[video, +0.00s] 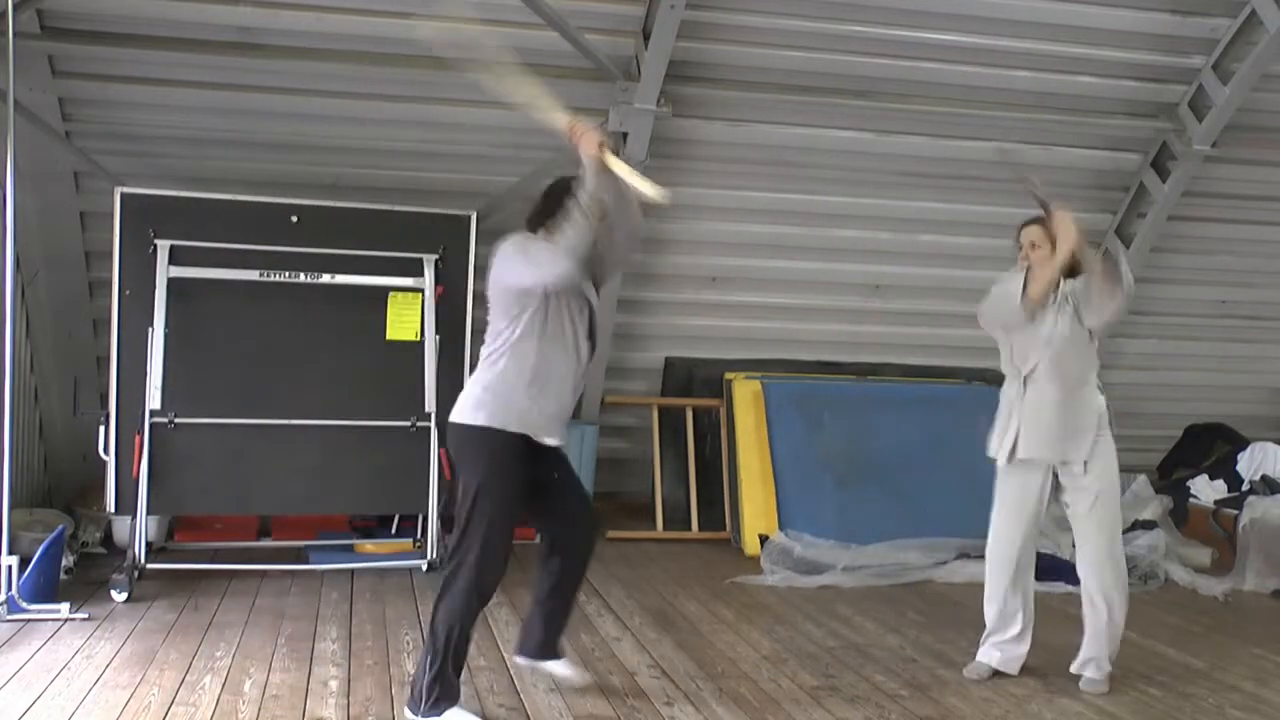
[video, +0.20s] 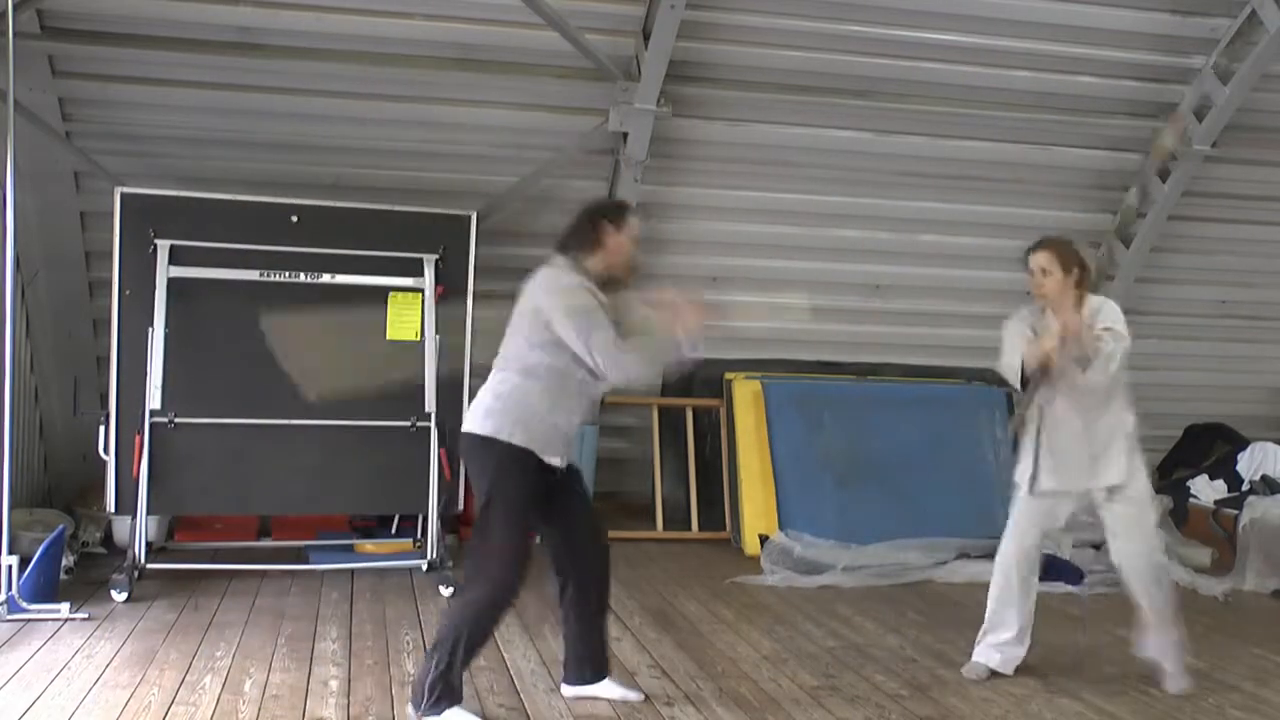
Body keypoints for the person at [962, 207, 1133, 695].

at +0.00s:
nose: (1030, 253)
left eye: (1039, 245)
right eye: (1024, 247)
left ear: (1063, 251)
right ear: (1017, 254)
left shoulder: (1082, 295)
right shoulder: (1006, 293)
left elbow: (1112, 299)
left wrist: (1086, 252)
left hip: (1085, 439)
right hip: (1022, 437)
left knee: (1099, 552)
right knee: (1005, 548)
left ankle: (1096, 661)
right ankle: (999, 651)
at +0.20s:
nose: (1035, 282)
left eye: (1044, 273)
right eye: (1031, 274)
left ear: (1073, 275)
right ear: (1030, 280)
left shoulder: (1105, 313)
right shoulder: (1023, 323)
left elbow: (1102, 373)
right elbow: (1012, 374)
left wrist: (1072, 341)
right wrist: (1045, 349)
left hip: (1112, 460)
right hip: (1048, 462)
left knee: (1142, 559)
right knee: (1015, 553)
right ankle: (995, 652)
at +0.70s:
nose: (1112, 306)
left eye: (1121, 297)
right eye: (1108, 299)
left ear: (1147, 298)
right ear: (1103, 303)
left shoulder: (1172, 320)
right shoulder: (1106, 341)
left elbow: (1144, 328)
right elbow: (1118, 397)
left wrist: (1091, 332)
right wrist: (1089, 353)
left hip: (1202, 465)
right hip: (1157, 474)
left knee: (1177, 561)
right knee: (1208, 557)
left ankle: (1181, 668)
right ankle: (1255, 633)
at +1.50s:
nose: (1041, 260)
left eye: (1048, 253)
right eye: (1042, 252)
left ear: (1073, 255)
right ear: (1080, 257)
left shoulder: (1053, 295)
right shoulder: (1100, 296)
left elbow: (991, 292)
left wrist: (1009, 254)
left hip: (1068, 429)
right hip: (1090, 426)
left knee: (1059, 540)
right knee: (1056, 534)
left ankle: (1077, 658)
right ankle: (1044, 633)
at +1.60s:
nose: (1019, 262)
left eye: (1027, 253)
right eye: (1020, 253)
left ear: (1052, 258)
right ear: (1060, 262)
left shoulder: (1035, 296)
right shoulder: (1083, 303)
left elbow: (978, 315)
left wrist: (999, 273)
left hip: (1057, 432)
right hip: (1084, 432)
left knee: (1029, 539)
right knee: (1050, 536)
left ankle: (1077, 656)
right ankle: (1041, 635)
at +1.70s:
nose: (1009, 268)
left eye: (1016, 260)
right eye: (1009, 260)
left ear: (1040, 263)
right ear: (1045, 265)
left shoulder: (1028, 302)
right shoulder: (1059, 307)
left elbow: (972, 342)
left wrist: (969, 335)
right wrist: (985, 347)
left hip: (1054, 444)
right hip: (1078, 444)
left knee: (1011, 539)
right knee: (1046, 543)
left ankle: (1052, 648)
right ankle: (1046, 639)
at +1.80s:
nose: (995, 274)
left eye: (1002, 265)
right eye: (995, 265)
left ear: (1029, 269)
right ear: (1027, 271)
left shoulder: (1031, 304)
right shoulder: (1028, 313)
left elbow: (972, 348)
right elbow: (982, 397)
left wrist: (942, 356)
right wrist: (949, 373)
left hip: (1045, 453)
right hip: (1046, 453)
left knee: (990, 536)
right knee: (1029, 547)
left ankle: (995, 656)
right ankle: (1049, 639)